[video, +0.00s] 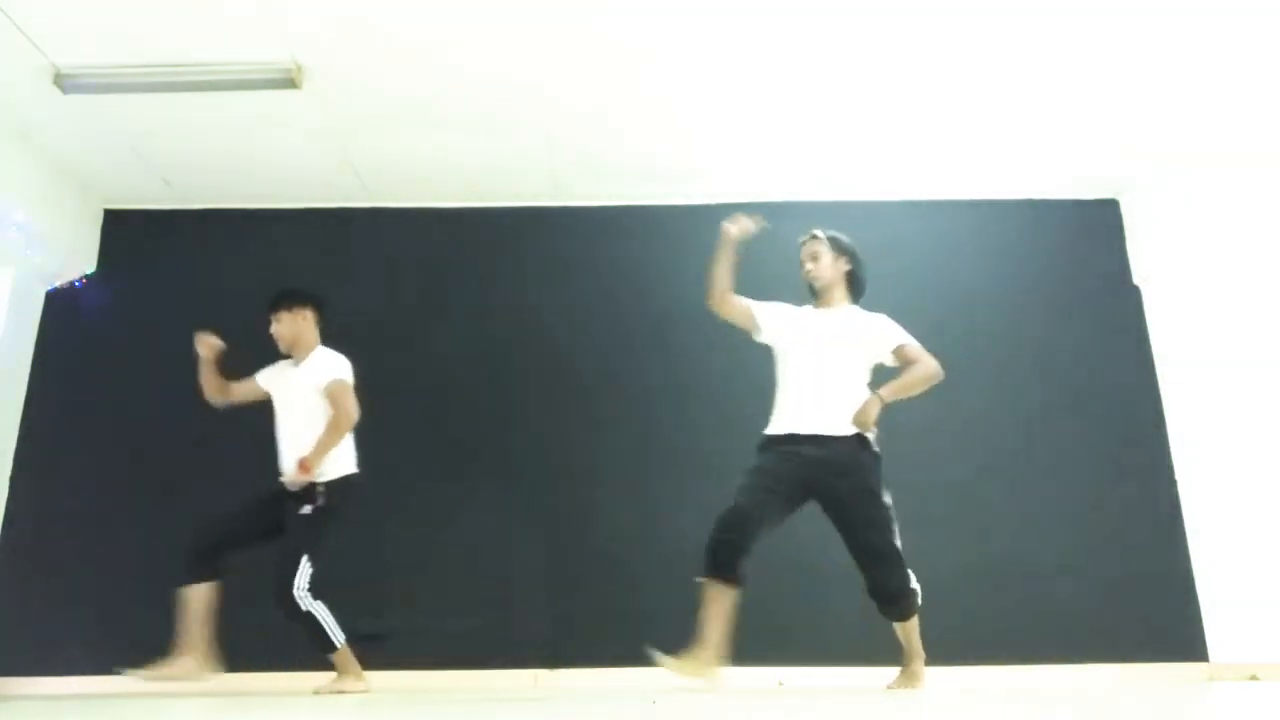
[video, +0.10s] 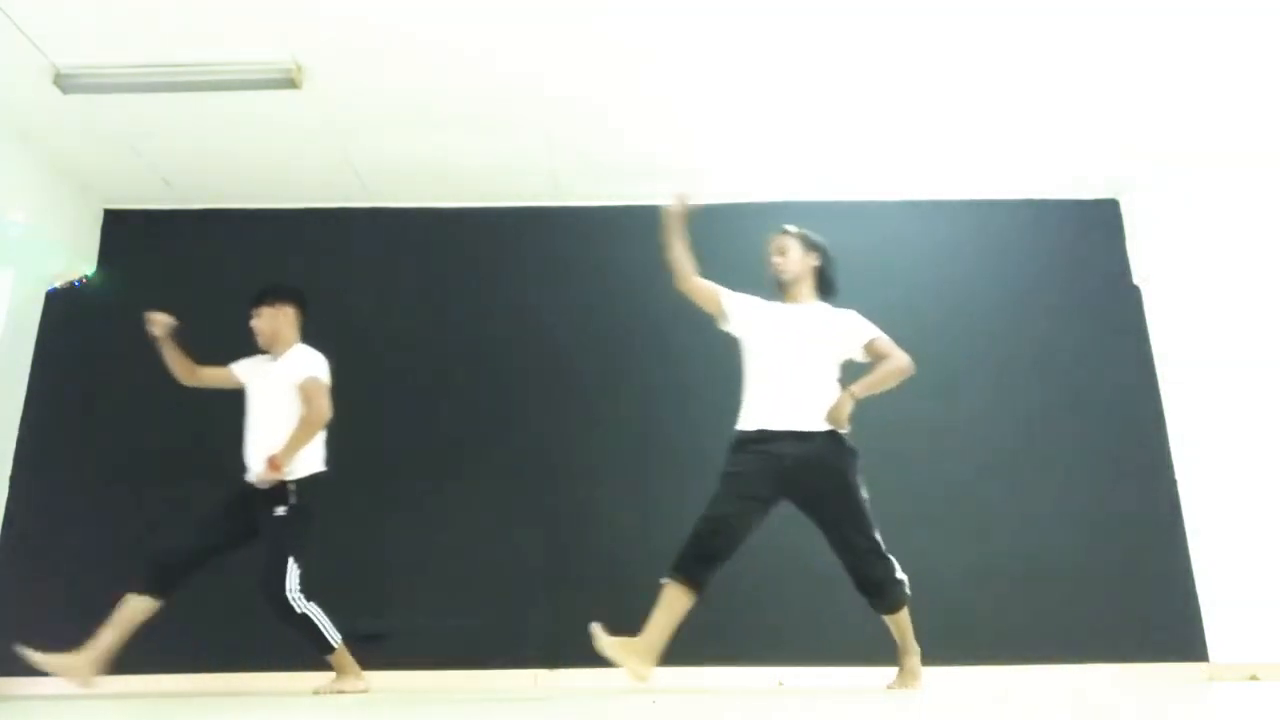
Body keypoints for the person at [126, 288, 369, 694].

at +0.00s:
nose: (272, 330)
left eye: (277, 320)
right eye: (271, 322)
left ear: (304, 318)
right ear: (289, 323)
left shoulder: (330, 364)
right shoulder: (281, 373)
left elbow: (347, 413)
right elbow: (219, 395)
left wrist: (313, 458)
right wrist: (207, 359)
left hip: (328, 493)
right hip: (290, 494)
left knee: (297, 590)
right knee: (205, 547)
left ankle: (351, 674)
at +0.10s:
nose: (252, 322)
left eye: (259, 313)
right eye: (252, 315)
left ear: (287, 315)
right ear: (270, 320)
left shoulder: (307, 361)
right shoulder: (258, 367)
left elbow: (320, 413)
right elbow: (191, 376)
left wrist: (284, 455)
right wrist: (164, 339)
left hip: (292, 495)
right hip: (254, 494)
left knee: (286, 593)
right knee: (170, 563)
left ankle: (351, 674)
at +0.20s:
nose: (215, 320)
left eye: (224, 311)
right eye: (216, 313)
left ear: (252, 315)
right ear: (231, 321)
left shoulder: (271, 360)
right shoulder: (215, 366)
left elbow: (286, 412)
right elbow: (146, 368)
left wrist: (250, 456)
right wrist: (103, 332)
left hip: (259, 495)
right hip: (217, 497)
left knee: (275, 594)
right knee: (140, 571)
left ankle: (349, 674)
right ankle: (49, 671)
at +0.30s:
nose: (159, 324)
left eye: (169, 315)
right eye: (161, 317)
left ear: (196, 320)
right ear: (170, 326)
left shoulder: (217, 362)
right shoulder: (159, 373)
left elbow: (249, 412)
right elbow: (85, 374)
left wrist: (217, 462)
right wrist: (29, 345)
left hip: (232, 496)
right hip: (185, 501)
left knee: (266, 588)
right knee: (100, 561)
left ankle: (345, 671)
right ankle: (32, 674)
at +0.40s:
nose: (103, 337)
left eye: (111, 327)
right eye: (103, 330)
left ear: (141, 329)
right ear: (115, 340)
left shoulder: (170, 368)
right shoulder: (113, 387)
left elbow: (216, 414)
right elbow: (38, 399)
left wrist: (195, 474)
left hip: (212, 497)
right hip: (167, 506)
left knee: (251, 586)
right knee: (71, 558)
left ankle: (327, 671)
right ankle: (30, 673)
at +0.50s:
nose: (63, 353)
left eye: (71, 342)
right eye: (62, 345)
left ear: (103, 342)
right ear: (88, 347)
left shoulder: (141, 378)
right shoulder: (81, 405)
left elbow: (198, 414)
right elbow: (27, 429)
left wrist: (185, 476)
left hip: (202, 500)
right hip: (156, 509)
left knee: (242, 587)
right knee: (62, 556)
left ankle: (314, 671)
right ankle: (28, 673)